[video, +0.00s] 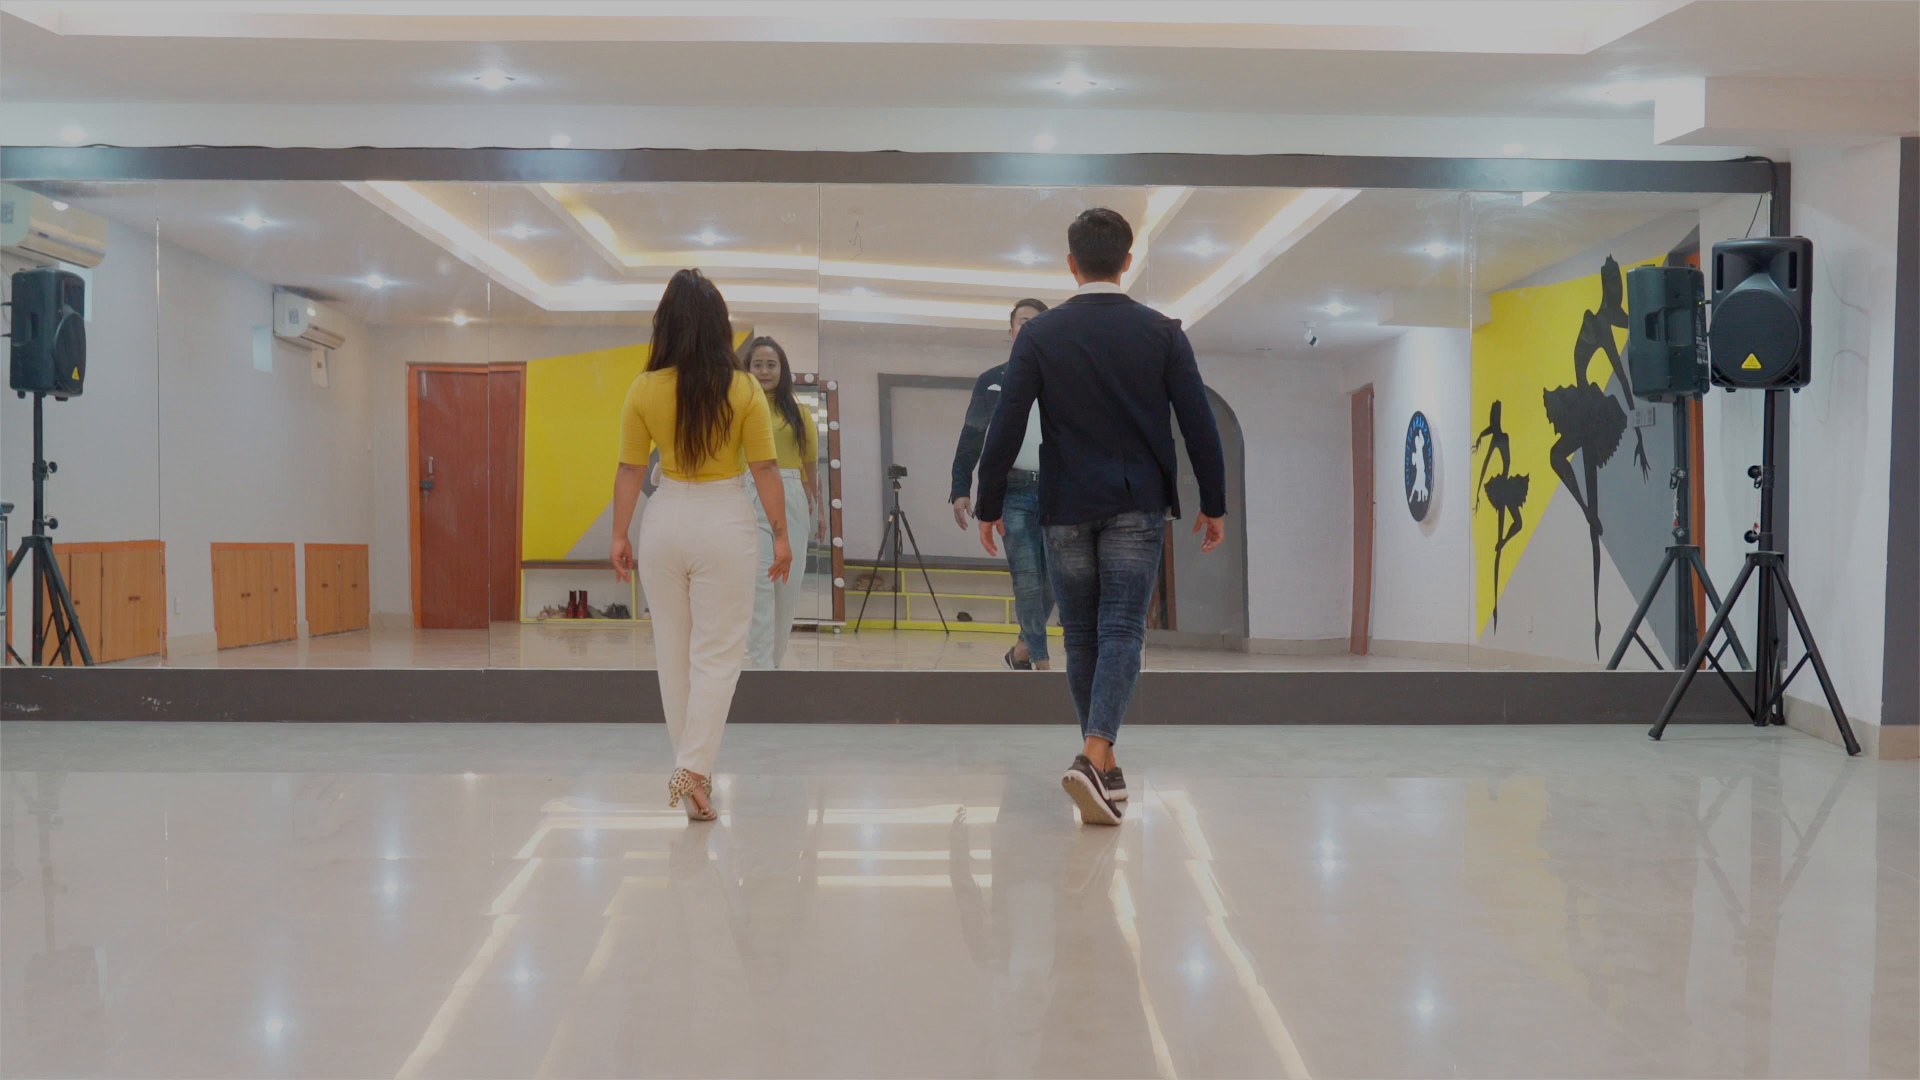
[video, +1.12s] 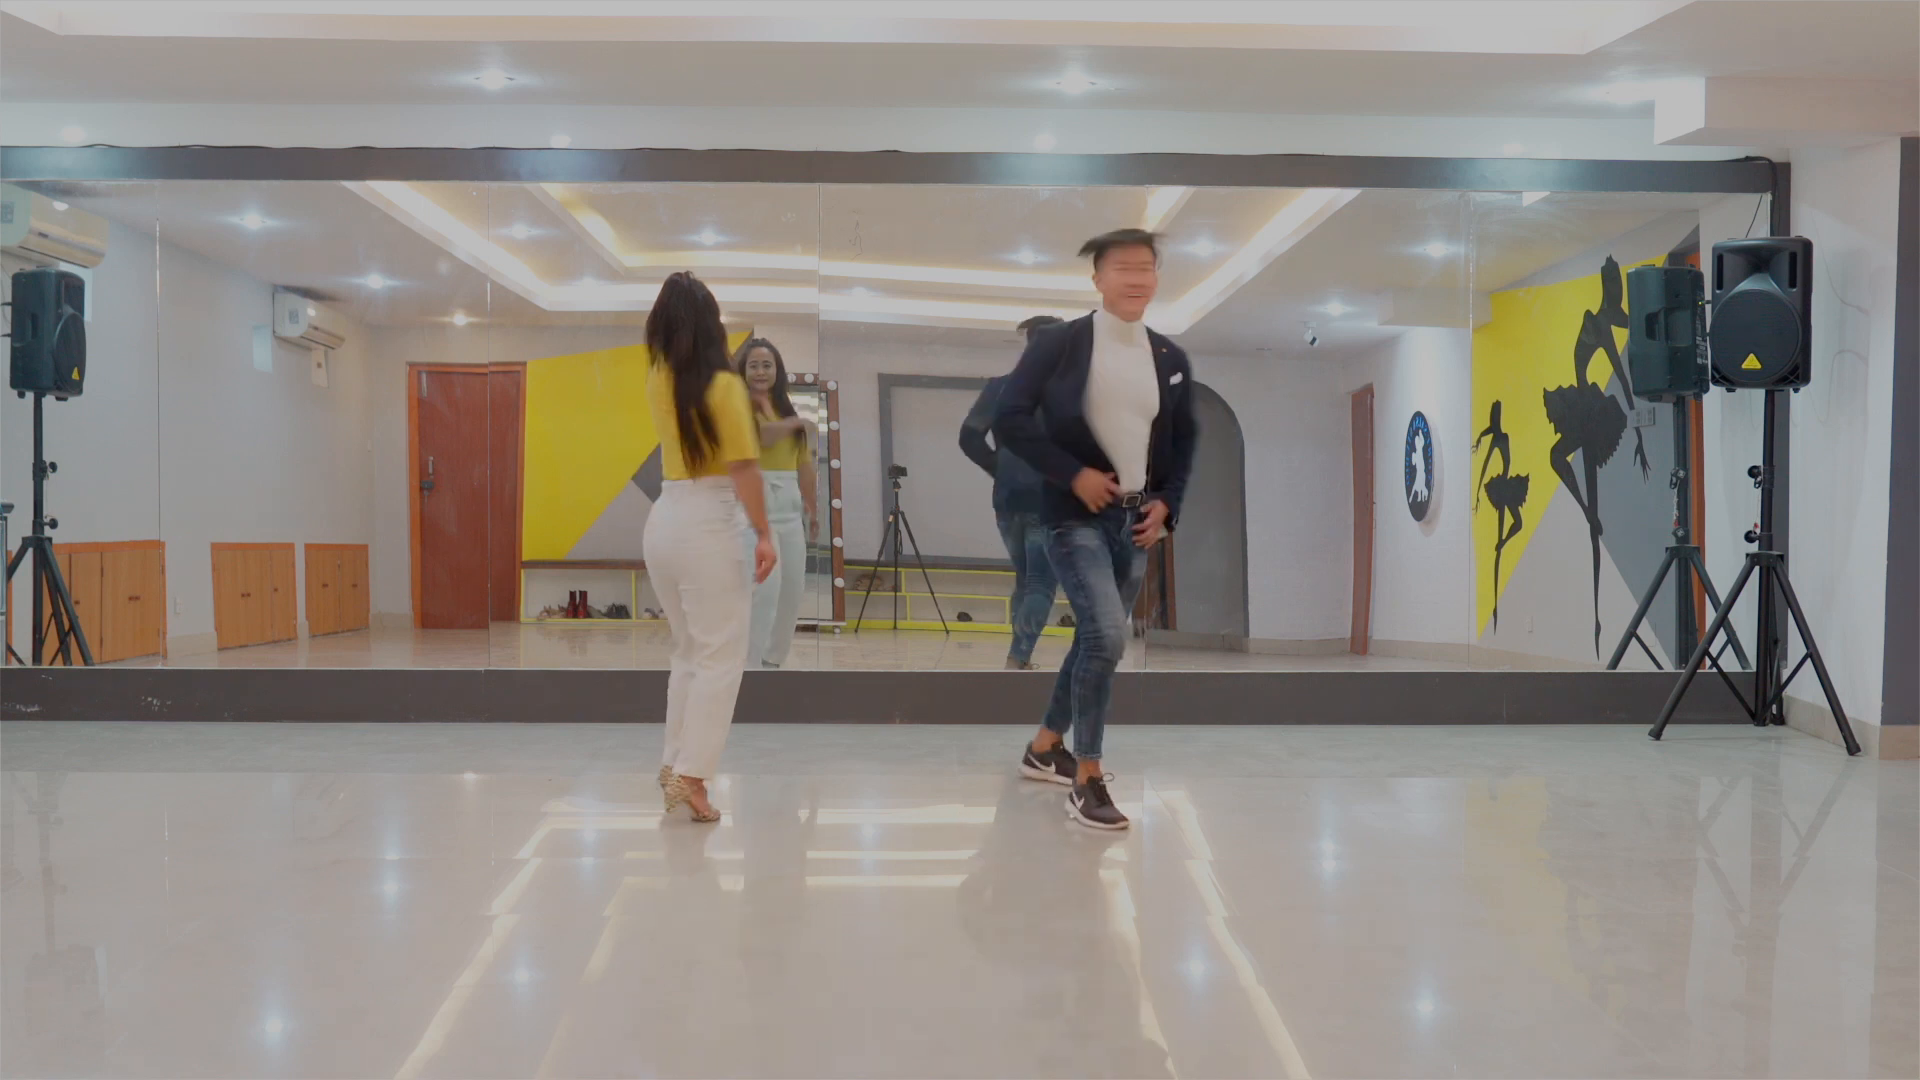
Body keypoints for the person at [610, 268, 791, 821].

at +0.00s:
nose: (730, 330)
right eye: (725, 321)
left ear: (665, 324)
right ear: (721, 324)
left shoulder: (645, 389)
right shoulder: (741, 387)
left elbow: (631, 469)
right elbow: (764, 467)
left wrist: (620, 533)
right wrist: (781, 533)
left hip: (663, 517)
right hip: (728, 519)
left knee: (673, 648)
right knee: (719, 651)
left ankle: (689, 770)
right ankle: (693, 767)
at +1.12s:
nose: (722, 322)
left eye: (715, 314)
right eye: (718, 315)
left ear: (663, 325)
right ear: (712, 321)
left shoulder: (657, 382)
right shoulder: (723, 385)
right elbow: (743, 465)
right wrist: (764, 532)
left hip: (666, 519)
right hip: (714, 521)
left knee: (688, 648)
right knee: (723, 655)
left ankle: (675, 765)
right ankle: (693, 774)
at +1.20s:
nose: (716, 318)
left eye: (710, 309)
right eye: (709, 311)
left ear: (666, 327)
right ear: (701, 323)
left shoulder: (710, 381)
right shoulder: (684, 393)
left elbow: (753, 410)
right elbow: (701, 475)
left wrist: (770, 457)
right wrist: (750, 532)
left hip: (700, 528)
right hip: (689, 530)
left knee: (708, 647)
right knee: (720, 646)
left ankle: (672, 765)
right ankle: (684, 776)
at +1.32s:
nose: (685, 327)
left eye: (694, 318)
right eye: (674, 321)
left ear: (716, 327)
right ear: (662, 333)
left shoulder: (741, 389)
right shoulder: (652, 391)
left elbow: (769, 463)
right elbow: (640, 473)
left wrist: (771, 529)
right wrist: (697, 516)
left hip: (730, 537)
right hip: (672, 534)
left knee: (734, 658)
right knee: (701, 651)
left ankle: (681, 764)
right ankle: (681, 779)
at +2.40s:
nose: (703, 349)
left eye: (715, 341)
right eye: (694, 339)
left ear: (733, 345)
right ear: (681, 342)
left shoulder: (749, 399)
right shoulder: (662, 396)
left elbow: (764, 477)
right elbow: (649, 474)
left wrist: (765, 540)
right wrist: (655, 542)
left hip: (738, 536)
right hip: (678, 534)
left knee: (731, 652)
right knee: (685, 646)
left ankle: (701, 761)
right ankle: (683, 769)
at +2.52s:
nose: (707, 342)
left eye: (719, 332)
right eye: (698, 331)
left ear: (737, 335)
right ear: (685, 334)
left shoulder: (750, 391)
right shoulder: (669, 384)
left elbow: (768, 461)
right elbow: (632, 454)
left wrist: (763, 510)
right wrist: (660, 513)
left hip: (739, 530)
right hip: (680, 526)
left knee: (728, 645)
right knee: (713, 629)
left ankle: (698, 759)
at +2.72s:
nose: (717, 335)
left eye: (728, 325)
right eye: (707, 324)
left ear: (746, 328)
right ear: (693, 328)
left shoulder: (757, 382)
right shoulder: (682, 375)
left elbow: (781, 445)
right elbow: (625, 425)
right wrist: (671, 468)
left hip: (741, 522)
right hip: (692, 517)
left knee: (710, 644)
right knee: (757, 616)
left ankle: (687, 754)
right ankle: (681, 667)